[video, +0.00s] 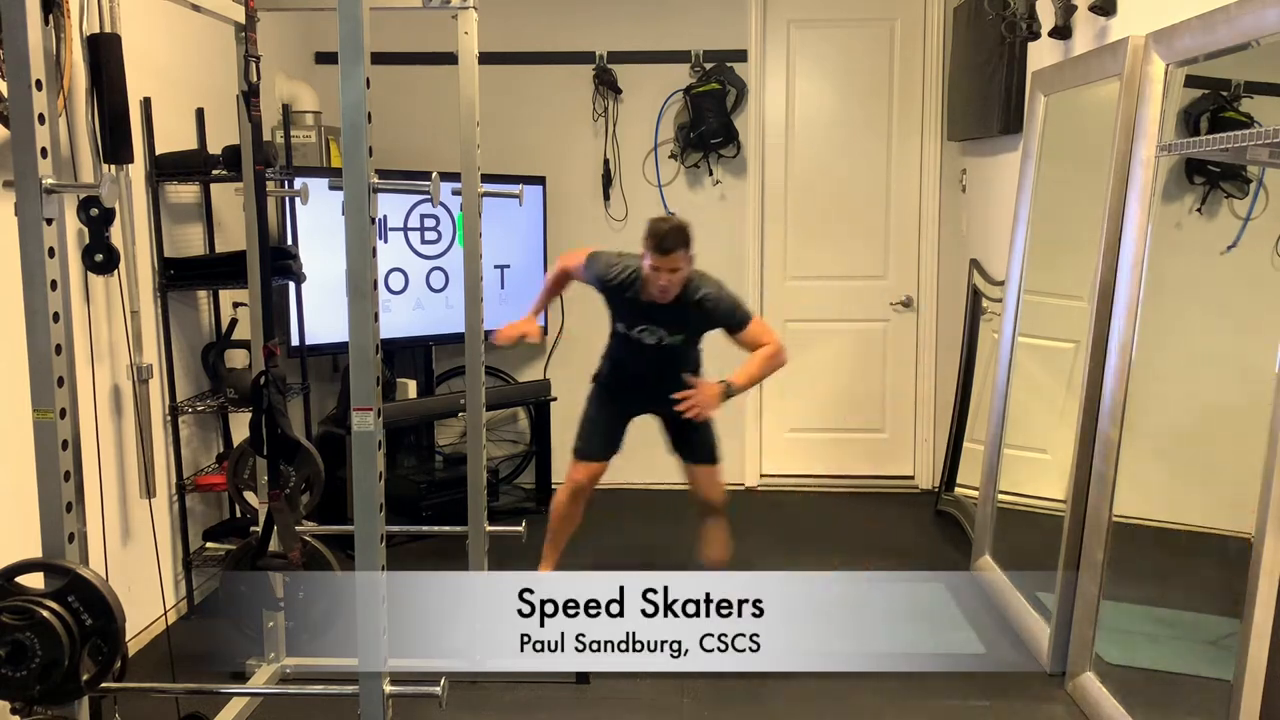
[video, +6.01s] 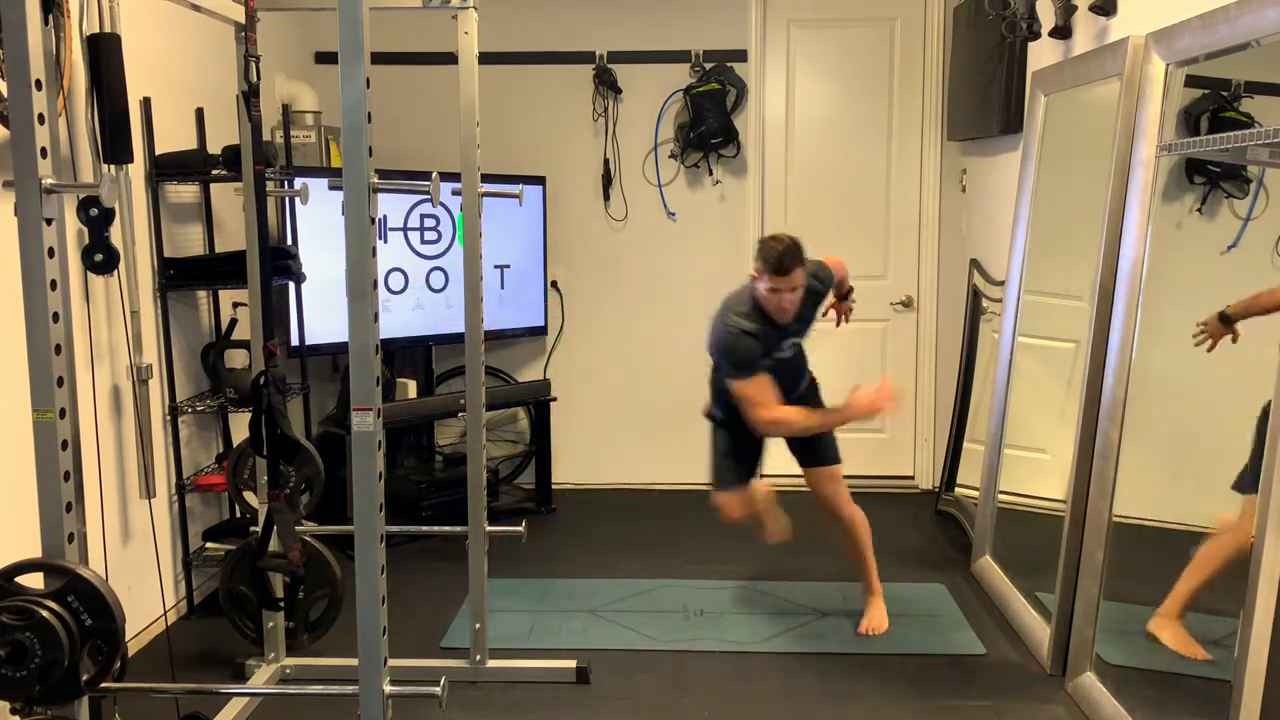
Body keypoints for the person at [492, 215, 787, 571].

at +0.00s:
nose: (665, 280)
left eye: (674, 271)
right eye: (656, 269)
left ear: (689, 262)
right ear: (644, 258)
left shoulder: (707, 296)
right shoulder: (617, 274)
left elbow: (774, 352)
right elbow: (565, 266)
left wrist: (724, 389)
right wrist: (533, 316)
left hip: (679, 393)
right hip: (616, 387)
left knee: (712, 498)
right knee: (578, 482)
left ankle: (715, 590)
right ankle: (545, 572)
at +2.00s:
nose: (610, 344)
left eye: (619, 334)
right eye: (602, 334)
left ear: (636, 322)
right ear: (590, 318)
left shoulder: (654, 356)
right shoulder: (581, 304)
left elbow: (589, 420)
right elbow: (531, 279)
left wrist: (540, 370)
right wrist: (473, 264)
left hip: (620, 423)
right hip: (580, 387)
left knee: (546, 479)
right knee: (562, 485)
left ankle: (474, 511)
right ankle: (546, 584)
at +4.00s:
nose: (693, 291)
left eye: (702, 281)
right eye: (684, 281)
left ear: (713, 270)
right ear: (666, 268)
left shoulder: (733, 288)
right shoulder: (633, 296)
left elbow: (794, 323)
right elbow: (558, 356)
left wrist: (793, 395)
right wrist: (560, 435)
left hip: (695, 390)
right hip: (631, 392)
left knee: (746, 480)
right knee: (591, 488)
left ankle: (785, 554)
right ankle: (546, 587)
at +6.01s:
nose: (786, 301)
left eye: (794, 290)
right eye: (776, 291)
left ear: (803, 278)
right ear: (756, 280)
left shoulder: (813, 281)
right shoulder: (734, 329)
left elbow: (838, 268)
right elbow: (764, 417)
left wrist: (843, 295)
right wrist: (845, 414)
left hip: (795, 390)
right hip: (737, 405)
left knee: (835, 500)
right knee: (732, 508)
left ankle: (873, 593)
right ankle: (761, 498)